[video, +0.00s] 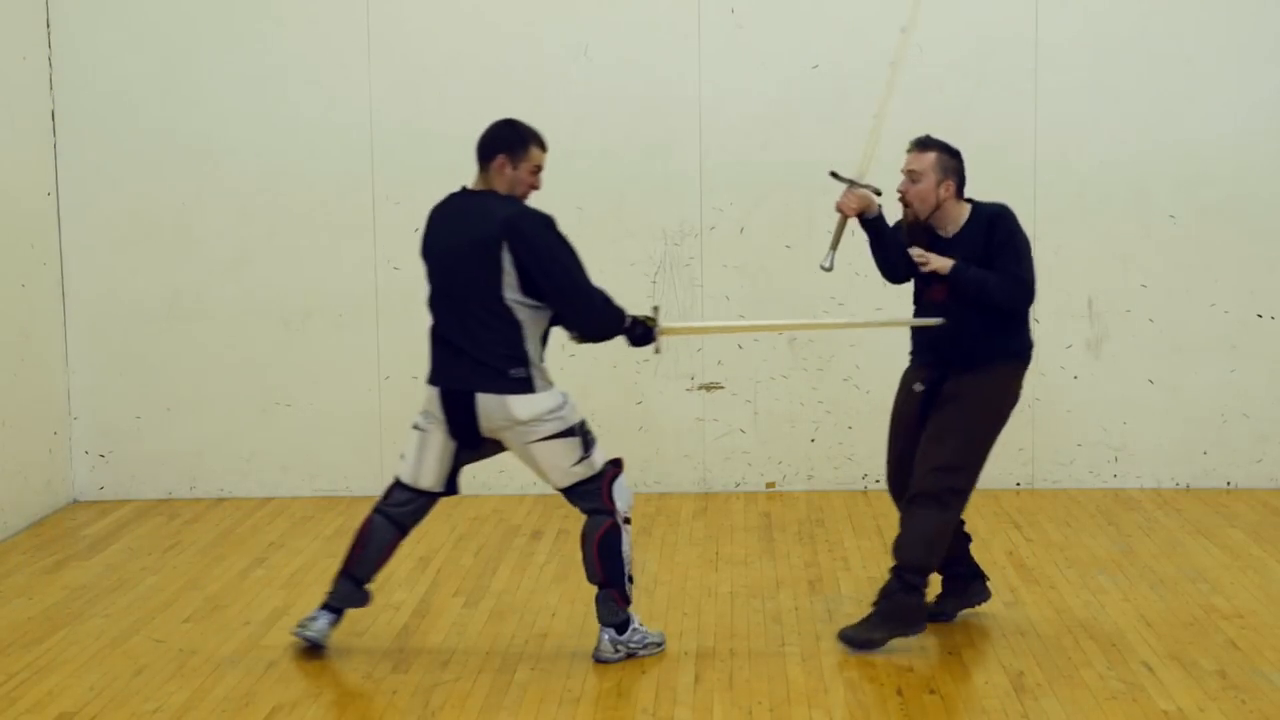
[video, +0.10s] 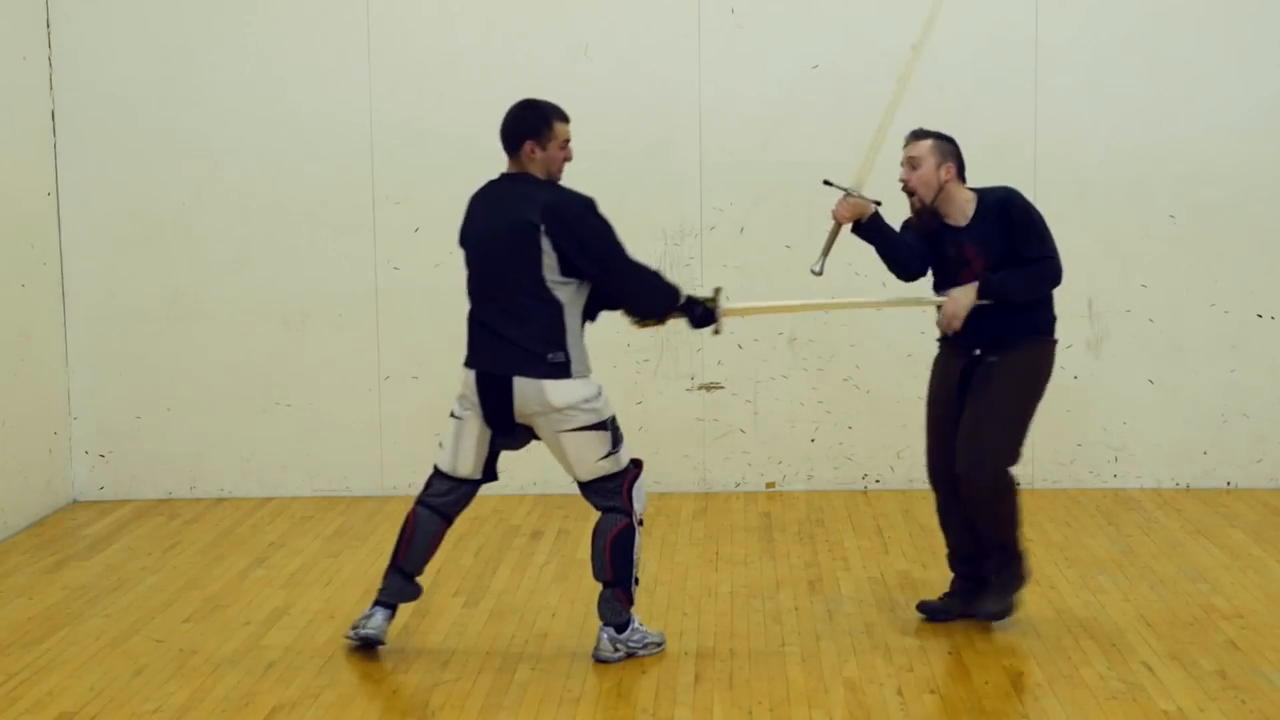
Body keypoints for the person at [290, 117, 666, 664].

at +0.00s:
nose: (537, 183)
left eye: (539, 171)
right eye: (532, 170)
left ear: (492, 166)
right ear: (501, 163)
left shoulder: (442, 215)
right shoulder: (524, 223)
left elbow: (476, 295)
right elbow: (578, 305)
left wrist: (554, 311)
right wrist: (627, 326)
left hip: (450, 393)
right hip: (520, 394)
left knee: (405, 498)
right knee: (602, 495)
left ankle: (328, 612)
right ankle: (617, 628)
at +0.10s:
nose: (568, 156)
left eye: (567, 145)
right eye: (562, 146)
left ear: (518, 149)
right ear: (532, 148)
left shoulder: (482, 203)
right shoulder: (564, 208)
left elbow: (541, 286)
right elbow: (623, 276)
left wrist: (622, 299)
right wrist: (683, 304)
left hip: (484, 377)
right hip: (556, 381)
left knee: (445, 490)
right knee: (616, 496)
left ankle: (381, 610)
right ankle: (618, 627)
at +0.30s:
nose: (607, 139)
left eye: (605, 129)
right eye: (600, 131)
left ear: (559, 140)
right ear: (572, 138)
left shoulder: (523, 191)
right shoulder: (609, 197)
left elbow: (600, 259)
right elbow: (675, 251)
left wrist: (681, 277)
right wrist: (743, 282)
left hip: (511, 364)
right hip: (582, 369)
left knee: (471, 482)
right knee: (623, 496)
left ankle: (417, 609)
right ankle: (617, 628)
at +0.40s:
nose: (619, 146)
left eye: (618, 136)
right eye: (613, 137)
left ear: (568, 141)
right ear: (586, 140)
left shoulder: (531, 191)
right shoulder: (617, 199)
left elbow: (611, 258)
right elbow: (685, 252)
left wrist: (690, 275)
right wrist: (752, 281)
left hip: (514, 362)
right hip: (586, 369)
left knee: (472, 484)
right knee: (625, 495)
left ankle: (421, 613)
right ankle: (617, 628)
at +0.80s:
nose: (641, 152)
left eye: (641, 142)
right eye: (637, 143)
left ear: (591, 144)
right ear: (610, 143)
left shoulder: (550, 188)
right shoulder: (633, 202)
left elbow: (632, 257)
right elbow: (700, 257)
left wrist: (709, 282)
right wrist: (764, 283)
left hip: (523, 362)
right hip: (595, 372)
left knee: (477, 484)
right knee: (630, 496)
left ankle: (423, 610)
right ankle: (617, 627)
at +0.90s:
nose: (649, 152)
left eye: (649, 143)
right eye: (646, 143)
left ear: (599, 145)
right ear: (619, 145)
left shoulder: (555, 188)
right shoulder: (639, 204)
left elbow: (635, 257)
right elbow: (703, 258)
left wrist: (711, 282)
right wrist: (765, 285)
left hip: (526, 361)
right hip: (599, 373)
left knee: (479, 483)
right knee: (631, 496)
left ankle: (425, 608)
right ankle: (618, 627)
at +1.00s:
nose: (655, 156)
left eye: (656, 146)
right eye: (652, 146)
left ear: (608, 144)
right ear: (627, 145)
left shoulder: (561, 186)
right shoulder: (644, 205)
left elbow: (643, 256)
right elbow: (704, 259)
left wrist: (716, 285)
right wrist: (767, 288)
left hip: (527, 359)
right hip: (600, 371)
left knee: (481, 481)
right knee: (632, 496)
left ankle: (427, 605)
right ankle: (617, 627)